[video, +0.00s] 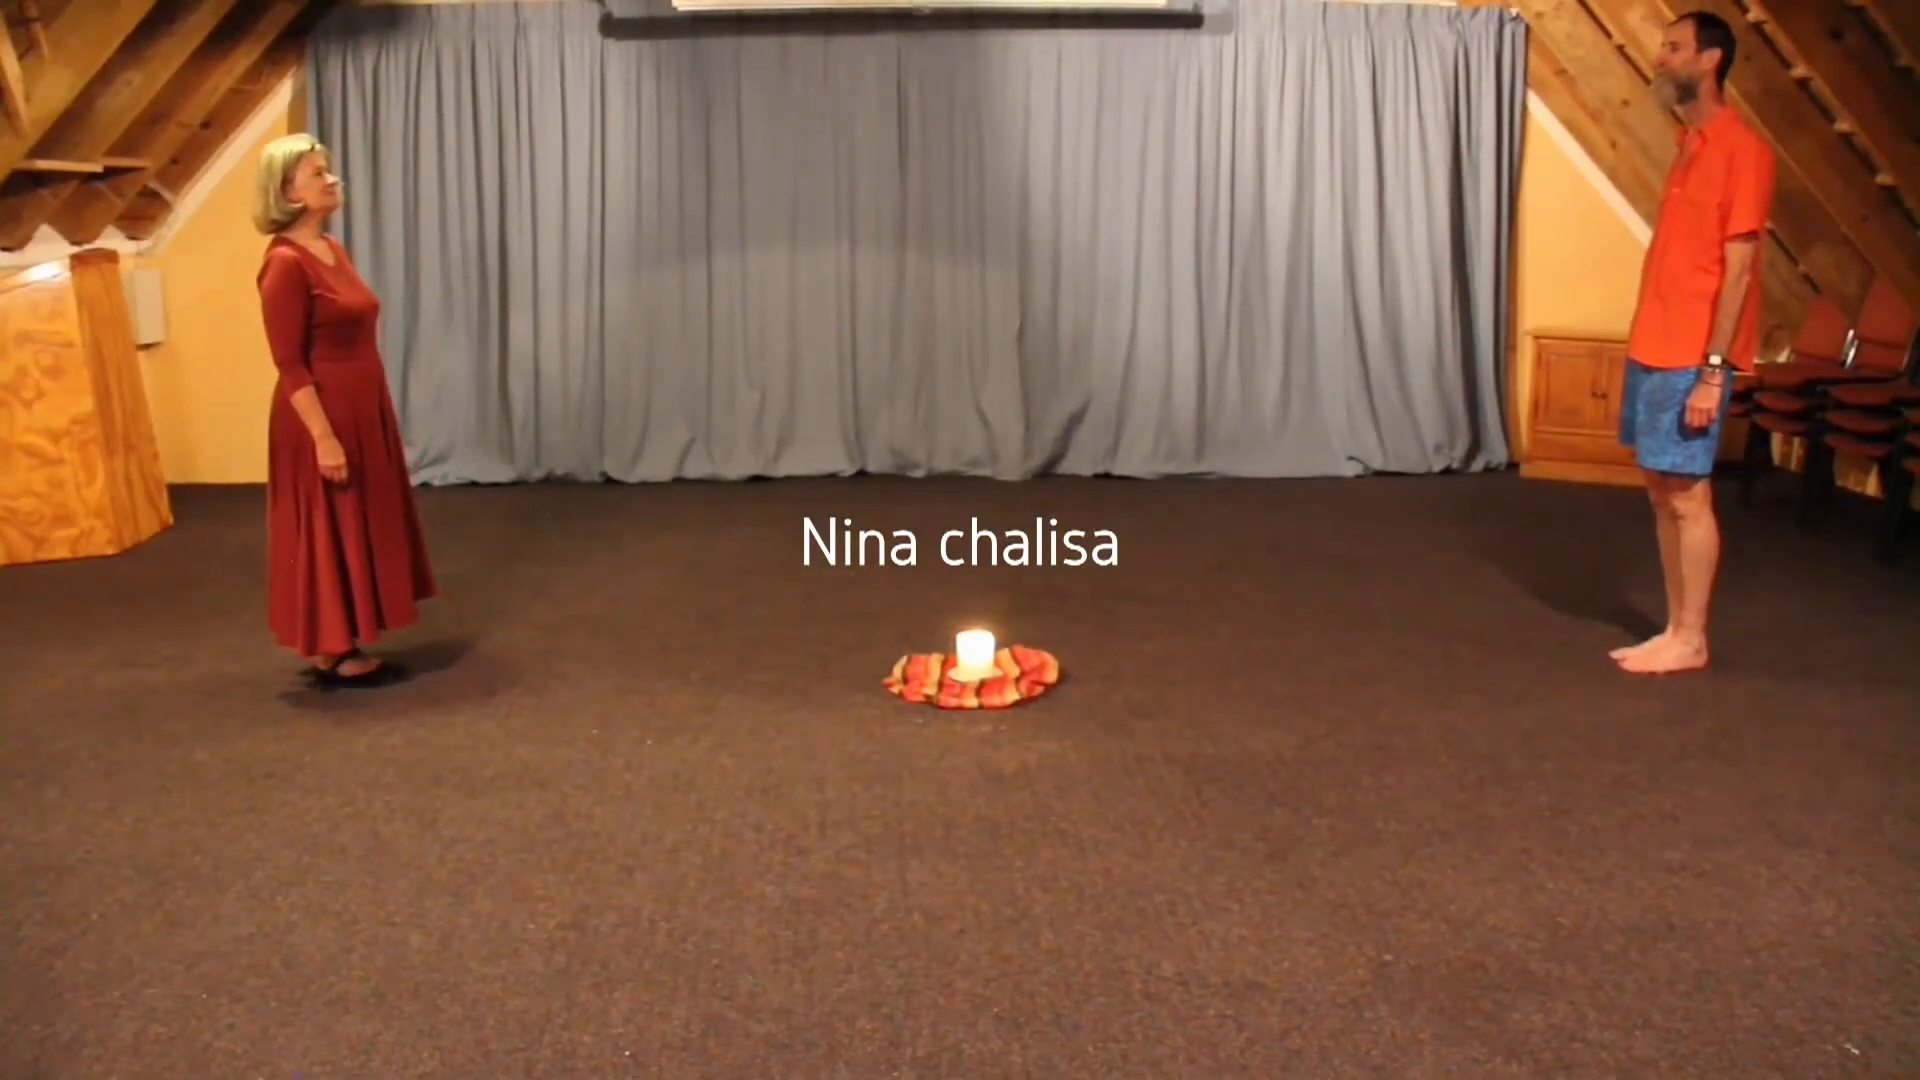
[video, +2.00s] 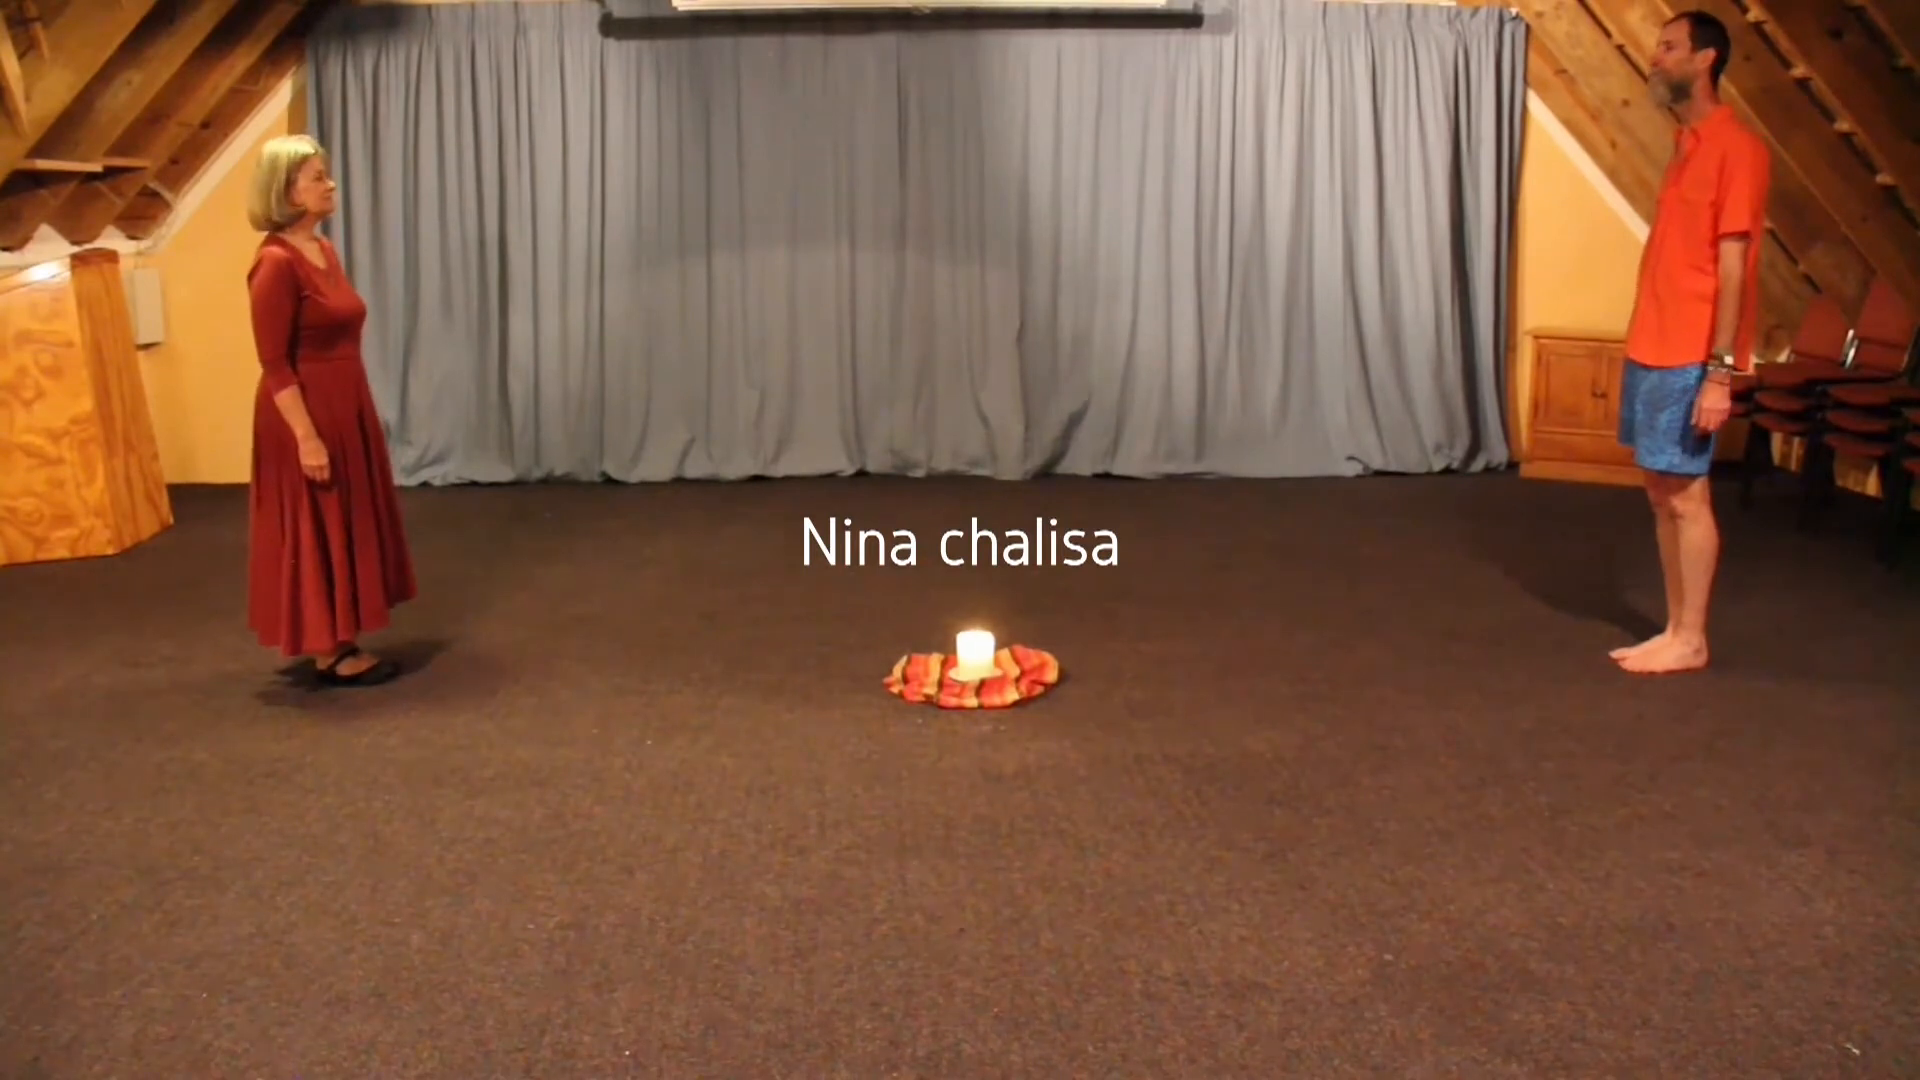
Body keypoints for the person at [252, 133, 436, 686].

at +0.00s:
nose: (334, 180)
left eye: (330, 171)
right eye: (320, 173)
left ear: (312, 190)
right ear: (290, 193)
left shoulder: (332, 249)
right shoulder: (283, 263)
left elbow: (352, 343)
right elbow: (289, 362)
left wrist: (375, 414)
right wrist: (323, 436)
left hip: (358, 405)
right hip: (320, 411)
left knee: (350, 522)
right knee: (325, 526)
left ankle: (342, 643)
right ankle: (330, 648)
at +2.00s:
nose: (330, 186)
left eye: (327, 176)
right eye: (318, 178)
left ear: (318, 186)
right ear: (287, 191)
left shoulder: (324, 249)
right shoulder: (275, 262)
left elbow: (339, 343)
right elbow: (274, 362)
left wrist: (361, 409)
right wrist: (306, 436)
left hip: (344, 403)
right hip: (306, 410)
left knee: (342, 521)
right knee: (314, 525)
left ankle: (339, 642)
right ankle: (324, 648)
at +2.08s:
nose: (330, 185)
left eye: (327, 175)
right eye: (317, 178)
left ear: (318, 186)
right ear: (287, 191)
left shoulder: (325, 250)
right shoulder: (275, 263)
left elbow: (339, 344)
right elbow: (275, 364)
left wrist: (361, 410)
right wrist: (307, 437)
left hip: (345, 403)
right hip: (307, 410)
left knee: (342, 520)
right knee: (315, 524)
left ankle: (339, 642)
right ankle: (324, 648)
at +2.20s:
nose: (331, 185)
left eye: (328, 175)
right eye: (318, 178)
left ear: (317, 187)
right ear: (288, 192)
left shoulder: (324, 248)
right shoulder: (276, 263)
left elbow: (340, 342)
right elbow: (276, 364)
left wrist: (362, 410)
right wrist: (307, 436)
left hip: (347, 403)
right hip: (309, 411)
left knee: (343, 520)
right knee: (317, 525)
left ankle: (340, 642)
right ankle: (326, 648)